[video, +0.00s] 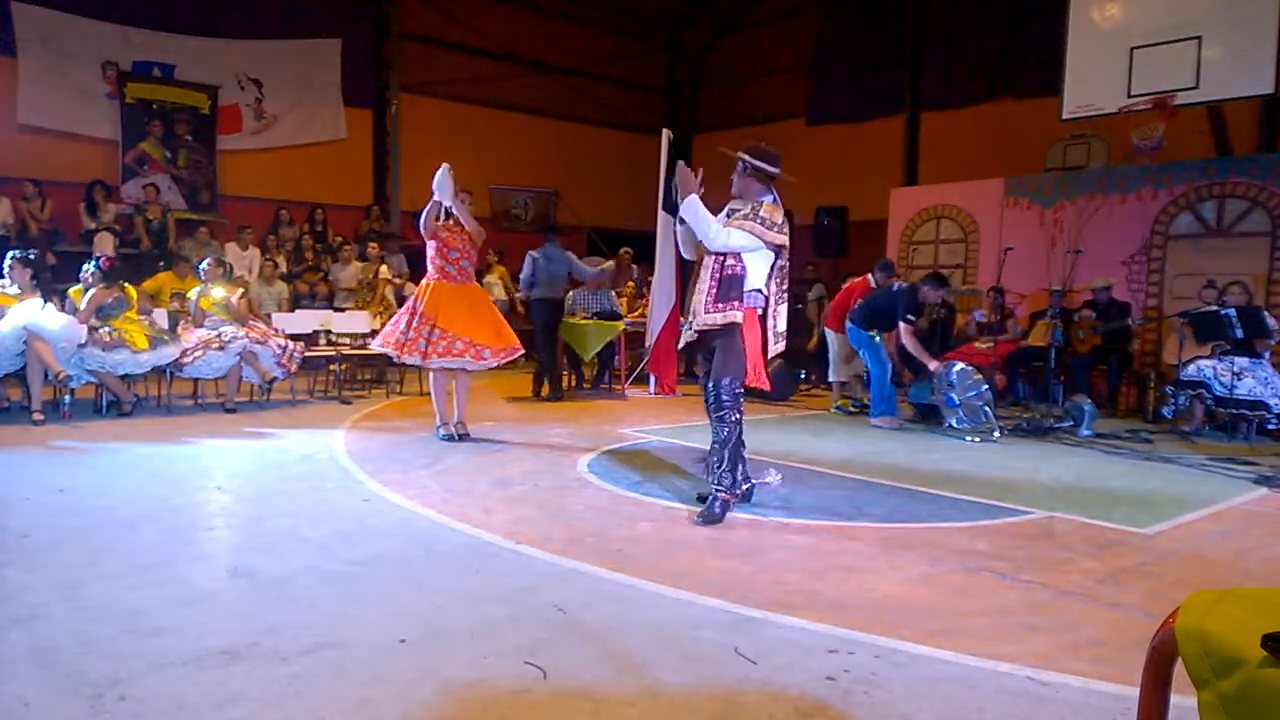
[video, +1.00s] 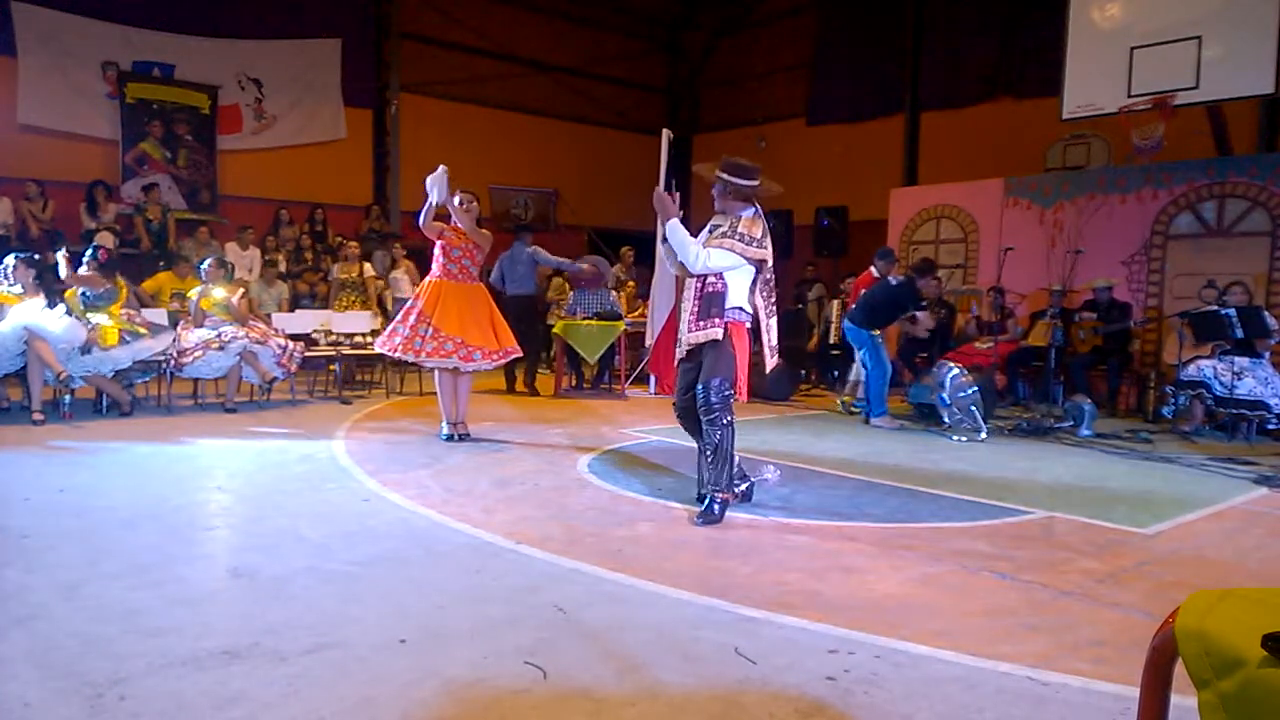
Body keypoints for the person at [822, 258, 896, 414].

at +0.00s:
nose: (890, 282)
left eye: (892, 278)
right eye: (888, 278)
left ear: (884, 275)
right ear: (877, 274)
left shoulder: (876, 288)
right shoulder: (863, 287)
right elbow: (854, 314)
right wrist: (855, 344)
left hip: (852, 325)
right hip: (835, 323)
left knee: (855, 362)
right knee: (838, 362)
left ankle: (859, 397)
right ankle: (838, 400)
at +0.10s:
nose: (890, 279)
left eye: (892, 276)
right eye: (888, 275)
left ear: (885, 273)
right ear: (878, 271)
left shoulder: (878, 287)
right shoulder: (863, 285)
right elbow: (857, 311)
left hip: (855, 325)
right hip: (838, 323)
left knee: (859, 362)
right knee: (840, 361)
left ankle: (859, 397)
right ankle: (838, 399)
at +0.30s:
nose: (893, 277)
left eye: (894, 272)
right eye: (890, 272)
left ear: (894, 272)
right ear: (878, 269)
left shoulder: (882, 285)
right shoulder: (864, 284)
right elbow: (860, 311)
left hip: (857, 326)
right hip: (841, 325)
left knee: (861, 363)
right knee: (845, 362)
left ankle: (859, 398)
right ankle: (840, 399)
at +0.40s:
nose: (892, 275)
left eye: (894, 270)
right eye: (890, 270)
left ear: (891, 270)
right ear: (879, 268)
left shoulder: (884, 285)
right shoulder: (863, 283)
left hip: (862, 326)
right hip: (845, 325)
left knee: (863, 363)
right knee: (848, 362)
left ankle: (859, 398)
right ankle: (841, 398)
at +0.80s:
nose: (892, 270)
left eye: (893, 266)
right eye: (889, 265)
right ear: (879, 263)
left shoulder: (883, 281)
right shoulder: (864, 281)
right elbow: (854, 307)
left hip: (872, 325)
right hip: (858, 325)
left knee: (867, 361)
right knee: (855, 360)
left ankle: (860, 397)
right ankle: (844, 396)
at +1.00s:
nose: (892, 269)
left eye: (893, 265)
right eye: (889, 264)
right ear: (879, 262)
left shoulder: (884, 280)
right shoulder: (864, 281)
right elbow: (857, 307)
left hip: (874, 325)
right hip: (861, 326)